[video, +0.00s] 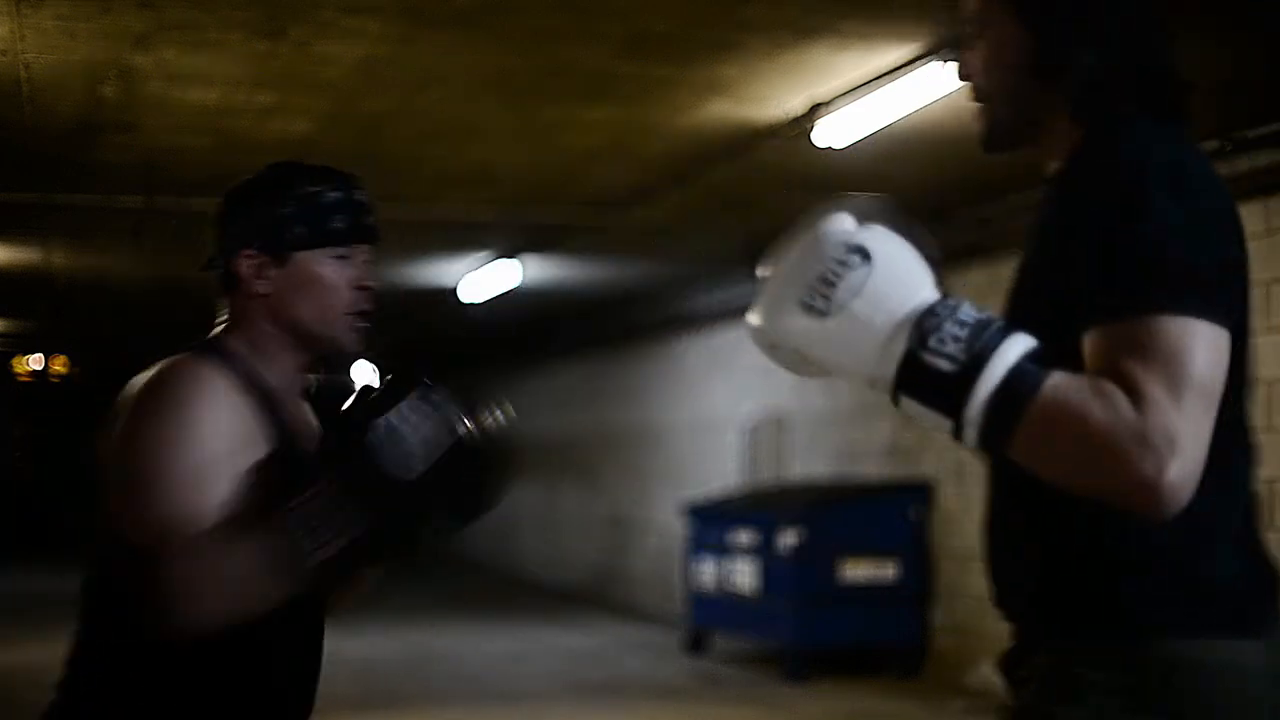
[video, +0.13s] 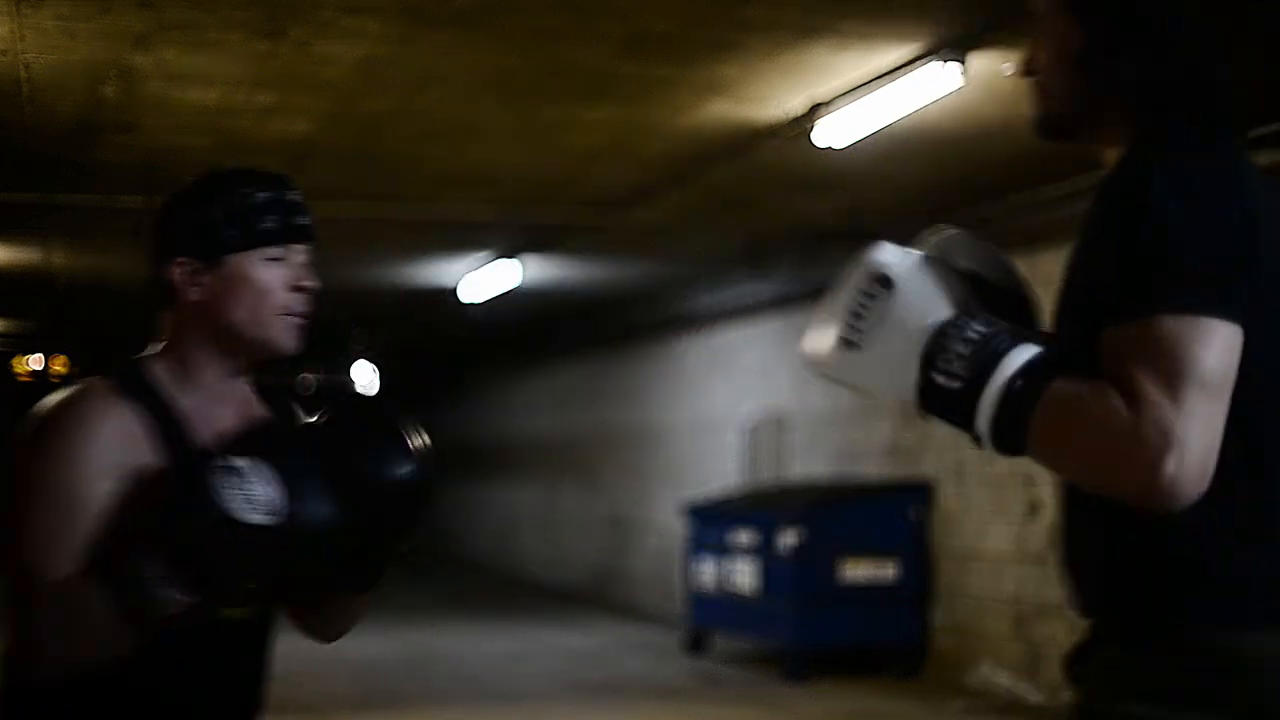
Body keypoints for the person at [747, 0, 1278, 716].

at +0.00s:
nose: (963, 69)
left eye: (977, 35)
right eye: (965, 43)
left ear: (1056, 33)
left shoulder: (1151, 181)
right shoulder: (1102, 185)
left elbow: (1154, 453)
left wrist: (915, 336)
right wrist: (913, 337)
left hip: (1160, 663)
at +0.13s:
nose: (1026, 65)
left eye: (1047, 33)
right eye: (1035, 36)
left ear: (1116, 39)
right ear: (1123, 43)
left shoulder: (1189, 186)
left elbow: (1164, 450)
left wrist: (954, 361)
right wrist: (1021, 338)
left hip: (1202, 659)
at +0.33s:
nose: (1100, 60)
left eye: (1118, 27)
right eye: (1106, 31)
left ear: (1183, 28)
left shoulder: (1197, 155)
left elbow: (1148, 434)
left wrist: (1015, 344)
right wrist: (1097, 308)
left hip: (1234, 642)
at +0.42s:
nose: (1109, 59)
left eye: (1128, 24)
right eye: (1115, 30)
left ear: (1192, 28)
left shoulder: (1201, 161)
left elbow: (1147, 439)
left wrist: (1025, 350)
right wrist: (1105, 314)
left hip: (1229, 650)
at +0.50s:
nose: (1106, 67)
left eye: (1125, 31)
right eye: (1111, 37)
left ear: (1195, 32)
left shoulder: (1213, 176)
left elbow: (1167, 453)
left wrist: (1026, 360)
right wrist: (1101, 330)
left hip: (1226, 659)